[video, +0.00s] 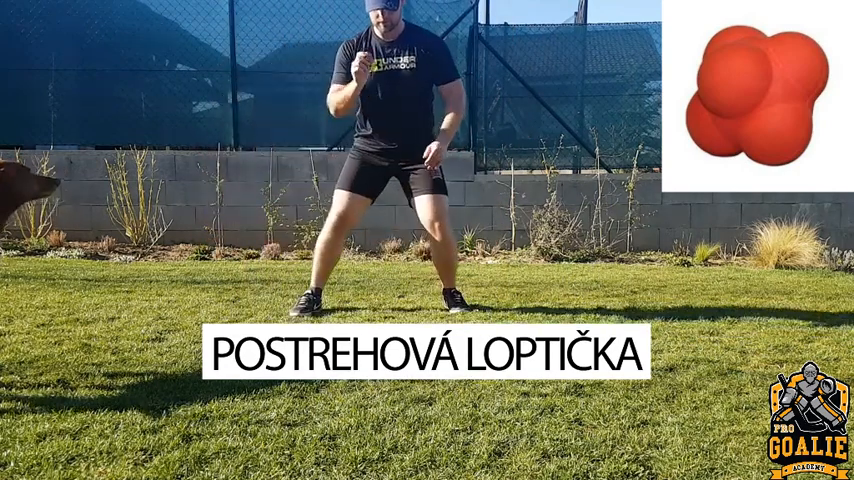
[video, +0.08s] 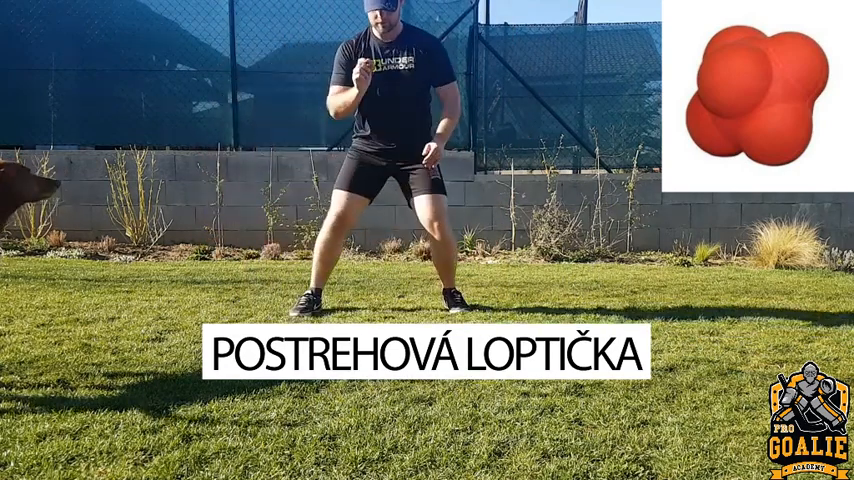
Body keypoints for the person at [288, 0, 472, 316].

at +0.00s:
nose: (382, 16)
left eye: (389, 9)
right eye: (376, 10)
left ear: (401, 6)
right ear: (367, 10)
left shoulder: (429, 45)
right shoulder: (351, 49)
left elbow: (456, 100)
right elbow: (336, 108)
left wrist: (442, 142)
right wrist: (357, 82)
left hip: (418, 149)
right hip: (369, 148)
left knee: (437, 227)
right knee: (338, 218)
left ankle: (451, 293)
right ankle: (313, 294)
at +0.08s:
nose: (381, 17)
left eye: (388, 9)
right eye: (374, 10)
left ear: (400, 6)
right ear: (366, 11)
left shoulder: (426, 46)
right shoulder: (350, 50)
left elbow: (452, 102)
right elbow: (336, 109)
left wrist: (439, 140)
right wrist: (359, 88)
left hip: (416, 150)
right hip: (368, 148)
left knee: (436, 226)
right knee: (337, 218)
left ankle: (451, 292)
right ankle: (313, 295)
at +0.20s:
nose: (379, 17)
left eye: (385, 10)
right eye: (372, 11)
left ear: (397, 8)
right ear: (364, 12)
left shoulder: (424, 48)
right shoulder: (348, 52)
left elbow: (445, 103)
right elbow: (336, 109)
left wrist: (434, 136)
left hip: (413, 149)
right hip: (364, 149)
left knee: (436, 224)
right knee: (335, 220)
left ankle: (451, 292)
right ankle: (314, 295)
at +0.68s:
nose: (368, 20)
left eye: (375, 13)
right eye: (362, 13)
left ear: (391, 11)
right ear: (354, 14)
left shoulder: (416, 55)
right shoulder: (337, 57)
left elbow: (436, 112)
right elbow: (314, 106)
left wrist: (431, 154)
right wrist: (303, 138)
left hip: (403, 151)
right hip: (354, 150)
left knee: (424, 220)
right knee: (328, 214)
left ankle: (450, 291)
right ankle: (310, 289)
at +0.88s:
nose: (321, 43)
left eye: (328, 34)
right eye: (314, 35)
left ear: (345, 31)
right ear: (307, 35)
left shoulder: (377, 70)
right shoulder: (301, 84)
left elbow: (407, 118)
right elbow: (282, 126)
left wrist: (399, 166)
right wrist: (259, 154)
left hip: (380, 162)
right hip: (331, 164)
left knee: (416, 228)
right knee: (297, 219)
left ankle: (449, 291)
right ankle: (277, 299)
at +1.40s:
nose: (323, 24)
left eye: (330, 15)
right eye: (316, 18)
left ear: (345, 17)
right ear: (309, 24)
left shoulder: (377, 61)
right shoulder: (297, 77)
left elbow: (407, 114)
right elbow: (282, 131)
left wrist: (385, 158)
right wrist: (302, 164)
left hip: (382, 157)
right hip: (332, 163)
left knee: (420, 230)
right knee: (301, 221)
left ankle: (448, 291)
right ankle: (277, 300)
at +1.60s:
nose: (372, 7)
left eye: (379, 1)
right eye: (365, 2)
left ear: (392, 4)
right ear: (358, 7)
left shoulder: (422, 49)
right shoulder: (344, 57)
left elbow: (446, 104)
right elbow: (325, 111)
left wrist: (421, 139)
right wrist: (338, 136)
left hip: (416, 151)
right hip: (366, 151)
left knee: (438, 228)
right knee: (326, 219)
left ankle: (451, 290)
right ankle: (288, 295)